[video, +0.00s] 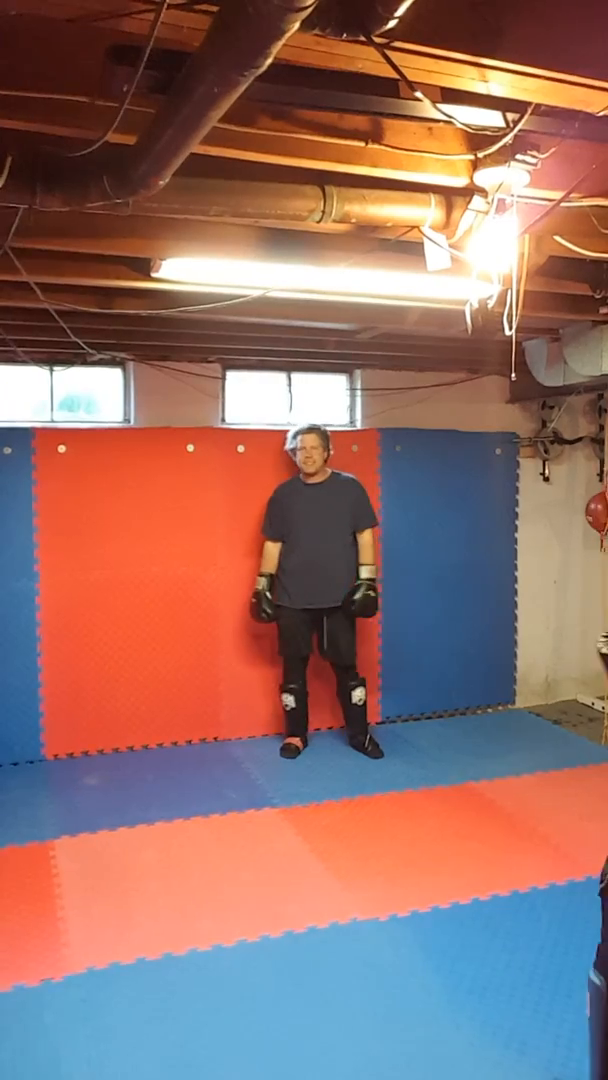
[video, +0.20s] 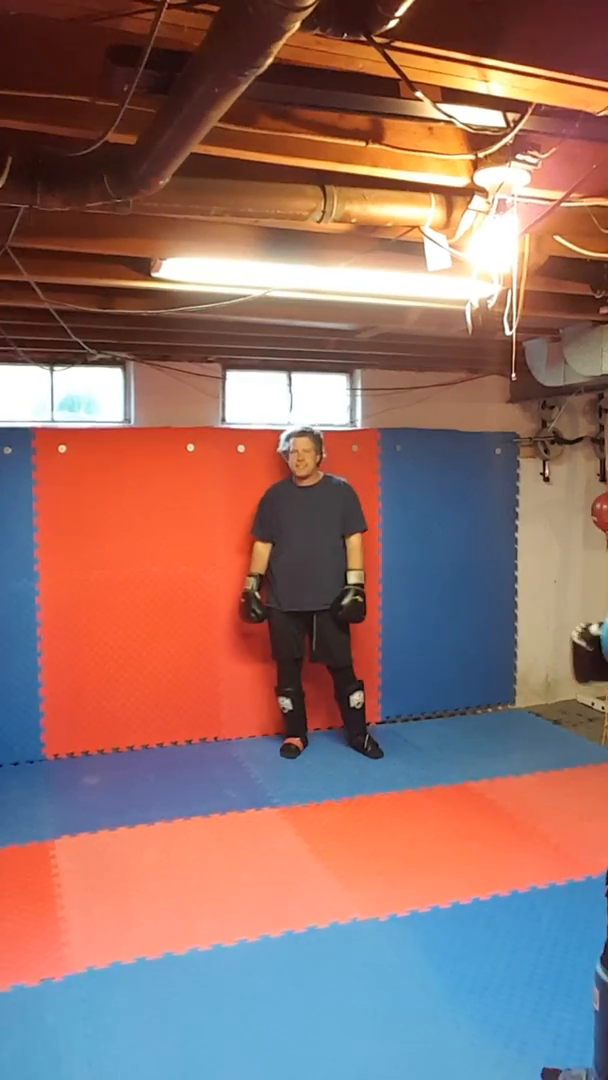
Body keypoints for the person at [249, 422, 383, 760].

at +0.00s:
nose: (305, 455)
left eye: (312, 449)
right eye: (300, 449)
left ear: (327, 452)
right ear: (295, 454)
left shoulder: (349, 488)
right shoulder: (284, 494)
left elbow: (365, 536)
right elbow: (272, 542)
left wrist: (367, 582)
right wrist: (263, 585)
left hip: (339, 597)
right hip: (292, 598)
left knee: (347, 668)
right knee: (293, 667)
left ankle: (359, 734)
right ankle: (295, 735)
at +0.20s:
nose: (297, 458)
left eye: (304, 452)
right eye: (293, 453)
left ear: (320, 456)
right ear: (287, 457)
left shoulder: (340, 491)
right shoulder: (275, 496)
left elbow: (354, 540)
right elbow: (263, 543)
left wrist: (355, 587)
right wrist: (252, 586)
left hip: (331, 600)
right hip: (284, 601)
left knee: (343, 668)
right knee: (288, 669)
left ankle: (358, 733)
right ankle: (295, 735)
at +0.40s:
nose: (293, 456)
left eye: (300, 450)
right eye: (288, 450)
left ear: (314, 454)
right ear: (281, 455)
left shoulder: (334, 490)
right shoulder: (268, 495)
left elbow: (349, 537)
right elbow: (256, 542)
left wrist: (353, 582)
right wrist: (244, 585)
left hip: (325, 597)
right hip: (279, 600)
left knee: (338, 667)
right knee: (286, 669)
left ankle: (354, 732)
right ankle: (294, 735)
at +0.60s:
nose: (291, 459)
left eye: (298, 454)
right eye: (285, 454)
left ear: (310, 457)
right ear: (276, 458)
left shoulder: (330, 493)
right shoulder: (263, 498)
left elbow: (345, 540)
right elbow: (251, 546)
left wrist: (354, 586)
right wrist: (241, 590)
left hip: (322, 600)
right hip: (276, 603)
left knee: (336, 669)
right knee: (283, 671)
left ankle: (352, 734)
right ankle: (294, 735)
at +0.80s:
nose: (290, 456)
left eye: (296, 450)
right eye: (284, 451)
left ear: (307, 454)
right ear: (274, 455)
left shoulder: (328, 489)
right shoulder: (261, 495)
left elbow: (345, 535)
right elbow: (251, 543)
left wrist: (354, 580)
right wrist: (242, 587)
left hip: (323, 597)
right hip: (277, 600)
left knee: (335, 666)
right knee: (285, 669)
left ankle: (349, 733)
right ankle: (294, 735)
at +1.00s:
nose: (291, 456)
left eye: (297, 450)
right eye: (285, 450)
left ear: (307, 454)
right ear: (274, 456)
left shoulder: (328, 489)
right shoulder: (261, 495)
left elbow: (344, 535)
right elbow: (252, 544)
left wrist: (355, 580)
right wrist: (244, 590)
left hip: (324, 597)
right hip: (278, 599)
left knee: (336, 666)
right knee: (284, 669)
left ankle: (351, 733)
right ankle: (294, 734)